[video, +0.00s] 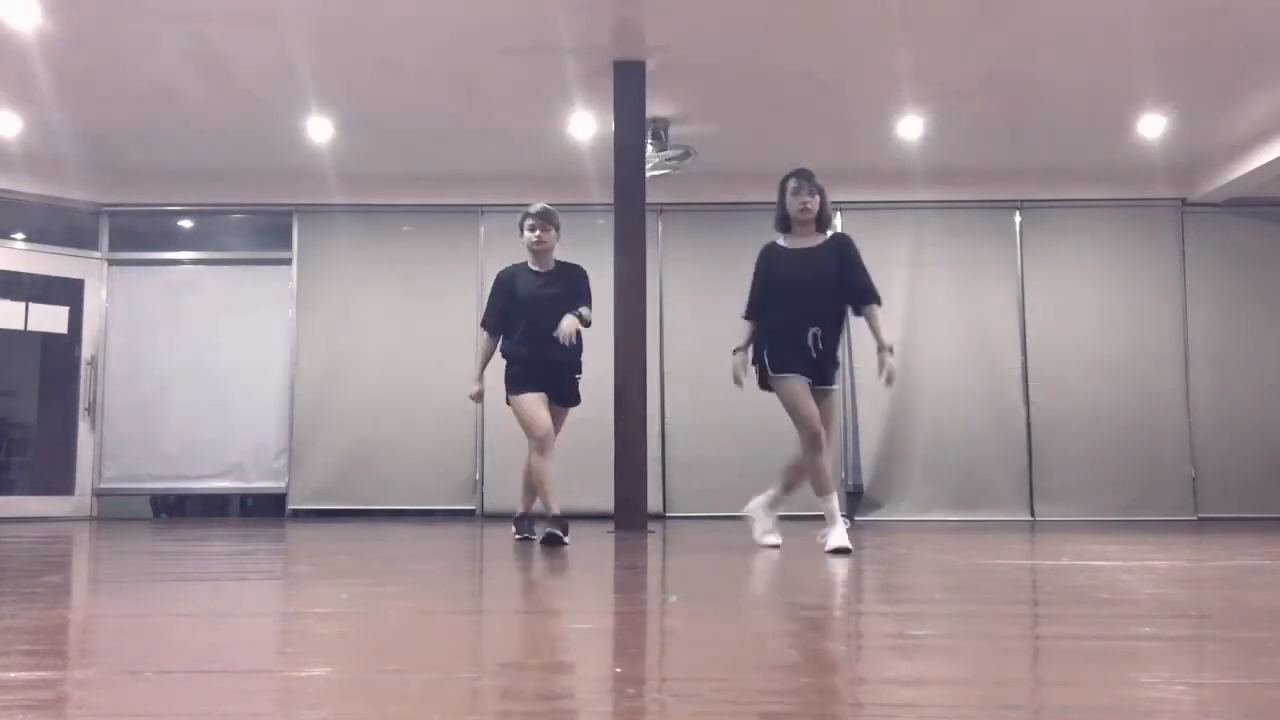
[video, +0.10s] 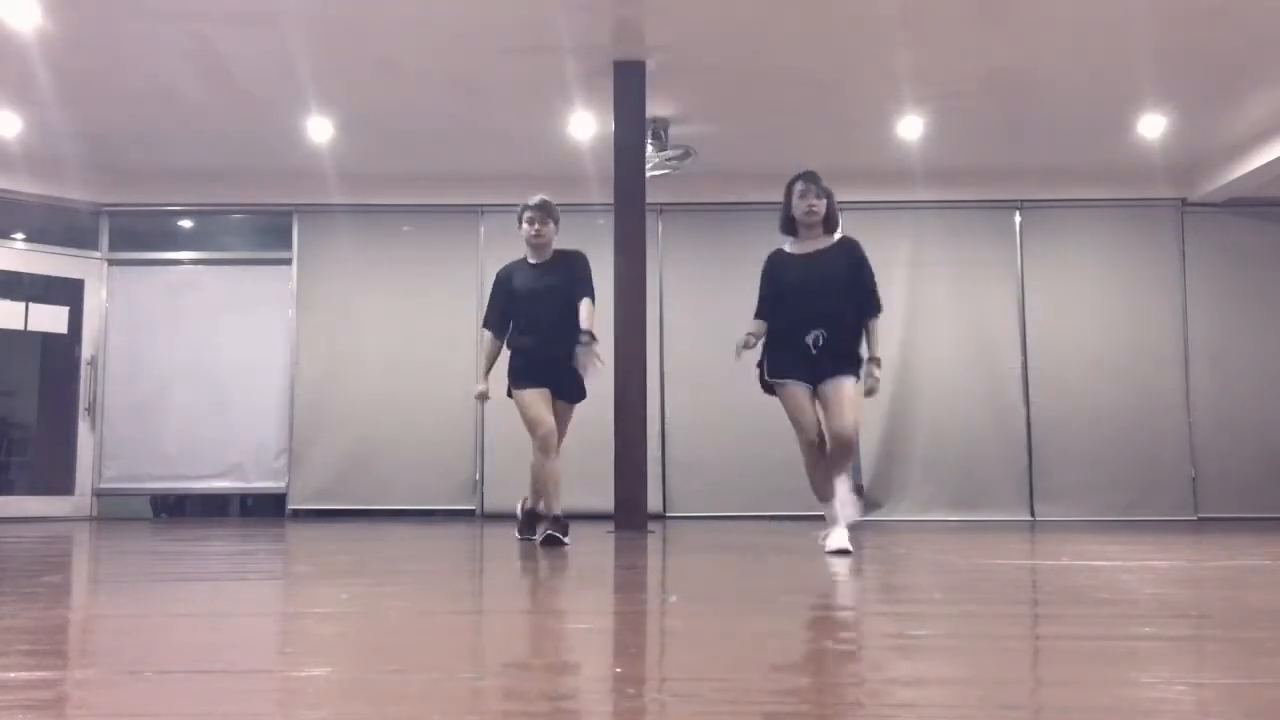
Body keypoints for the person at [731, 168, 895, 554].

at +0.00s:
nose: (805, 199)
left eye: (811, 193)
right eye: (797, 193)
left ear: (822, 200)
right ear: (783, 203)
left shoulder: (840, 245)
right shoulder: (772, 252)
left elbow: (865, 300)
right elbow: (757, 309)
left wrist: (884, 345)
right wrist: (743, 348)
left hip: (824, 354)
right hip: (779, 352)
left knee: (817, 447)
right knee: (814, 434)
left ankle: (764, 506)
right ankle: (836, 525)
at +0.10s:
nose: (811, 201)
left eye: (818, 195)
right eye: (802, 196)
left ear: (828, 203)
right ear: (789, 206)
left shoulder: (848, 249)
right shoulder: (778, 259)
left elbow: (869, 310)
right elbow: (764, 313)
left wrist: (874, 361)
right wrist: (753, 333)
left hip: (838, 357)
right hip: (789, 359)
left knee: (846, 433)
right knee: (813, 440)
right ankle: (834, 525)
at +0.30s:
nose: (825, 181)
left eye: (833, 175)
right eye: (816, 175)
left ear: (844, 183)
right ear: (803, 183)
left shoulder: (858, 234)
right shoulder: (787, 232)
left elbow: (854, 292)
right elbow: (774, 299)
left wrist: (872, 307)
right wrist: (763, 354)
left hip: (856, 335)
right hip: (807, 339)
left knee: (852, 419)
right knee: (816, 435)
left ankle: (846, 522)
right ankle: (823, 507)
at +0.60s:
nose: (846, 160)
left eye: (854, 153)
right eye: (837, 154)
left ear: (865, 163)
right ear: (821, 163)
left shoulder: (883, 215)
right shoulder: (799, 217)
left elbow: (908, 261)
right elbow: (766, 268)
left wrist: (933, 278)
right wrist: (784, 306)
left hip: (878, 327)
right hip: (823, 327)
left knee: (861, 428)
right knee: (854, 415)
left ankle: (826, 525)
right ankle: (874, 531)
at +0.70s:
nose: (853, 148)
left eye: (860, 141)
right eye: (843, 142)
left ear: (873, 150)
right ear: (827, 153)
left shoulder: (893, 199)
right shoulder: (810, 207)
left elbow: (924, 262)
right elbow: (770, 260)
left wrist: (952, 314)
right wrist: (792, 274)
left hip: (886, 326)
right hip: (828, 325)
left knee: (883, 440)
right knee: (850, 414)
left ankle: (840, 488)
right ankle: (874, 533)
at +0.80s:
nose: (857, 141)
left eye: (864, 133)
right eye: (846, 134)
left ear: (877, 141)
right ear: (832, 146)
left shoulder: (902, 188)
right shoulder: (823, 204)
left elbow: (933, 257)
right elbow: (789, 275)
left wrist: (933, 319)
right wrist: (811, 228)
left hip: (888, 308)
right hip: (828, 314)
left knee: (892, 393)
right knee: (851, 423)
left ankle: (872, 435)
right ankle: (875, 535)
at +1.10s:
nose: (888, 124)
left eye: (897, 117)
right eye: (878, 116)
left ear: (908, 126)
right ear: (856, 127)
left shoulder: (902, 180)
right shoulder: (843, 168)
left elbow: (901, 243)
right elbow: (857, 190)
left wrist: (920, 270)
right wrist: (894, 168)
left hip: (909, 301)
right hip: (853, 305)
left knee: (912, 403)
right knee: (875, 428)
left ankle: (909, 535)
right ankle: (894, 532)